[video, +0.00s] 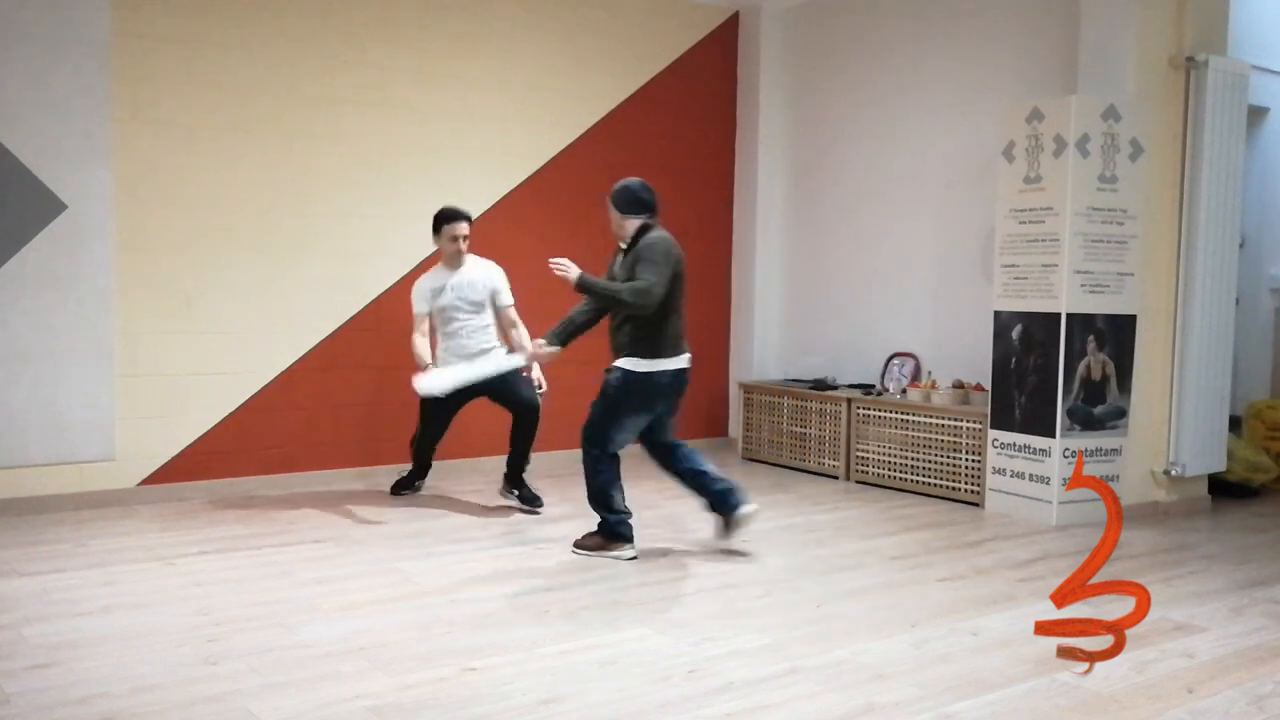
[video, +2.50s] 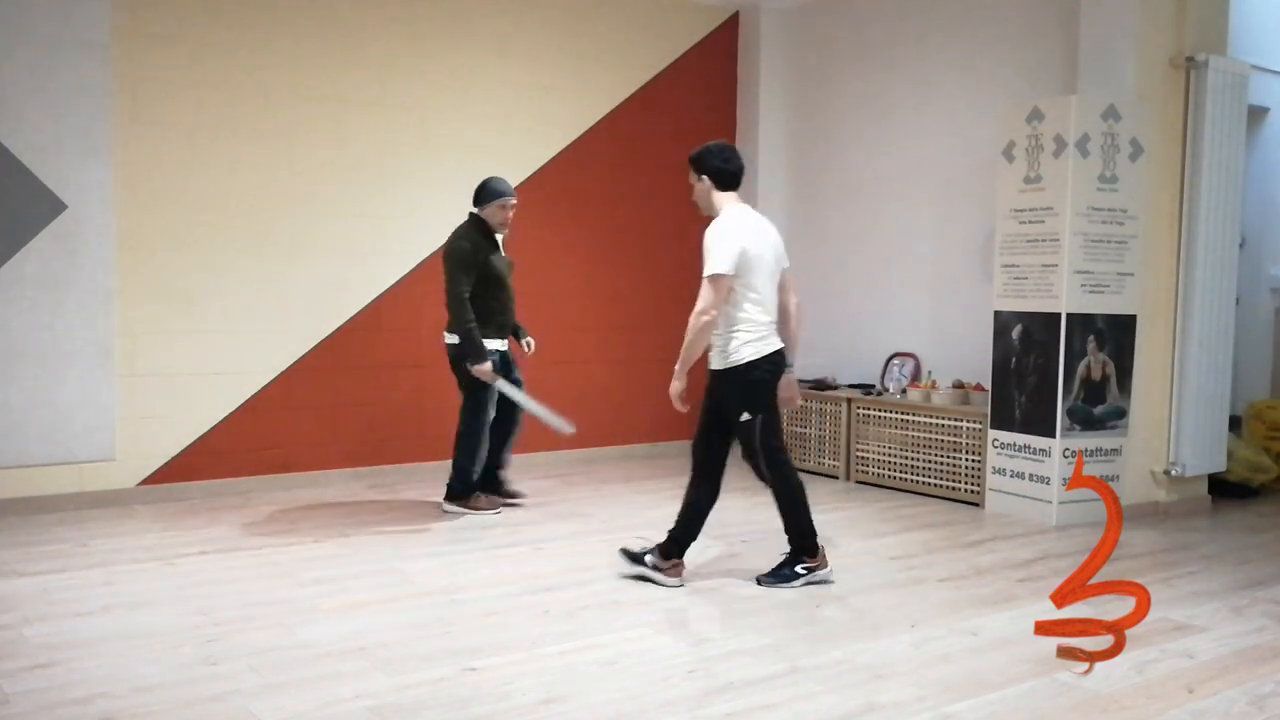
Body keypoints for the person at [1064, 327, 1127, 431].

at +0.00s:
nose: (1087, 346)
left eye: (1090, 342)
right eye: (1088, 342)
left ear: (1098, 344)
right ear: (1087, 345)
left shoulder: (1108, 364)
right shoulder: (1083, 365)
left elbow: (1114, 390)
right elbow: (1076, 391)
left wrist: (1108, 406)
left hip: (1103, 406)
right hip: (1086, 406)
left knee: (1121, 411)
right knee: (1071, 410)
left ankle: (1086, 424)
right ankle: (1101, 425)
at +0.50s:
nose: (1087, 346)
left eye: (1091, 342)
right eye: (1088, 342)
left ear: (1098, 344)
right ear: (1087, 345)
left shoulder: (1108, 364)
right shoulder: (1083, 365)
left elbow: (1114, 389)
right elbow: (1076, 391)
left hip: (1103, 406)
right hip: (1086, 406)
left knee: (1121, 411)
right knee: (1071, 410)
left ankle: (1086, 425)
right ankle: (1102, 425)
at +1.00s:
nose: (1088, 346)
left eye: (1091, 342)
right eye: (1088, 342)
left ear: (1099, 344)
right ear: (1087, 345)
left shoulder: (1108, 364)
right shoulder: (1083, 365)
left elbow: (1113, 389)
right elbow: (1076, 391)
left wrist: (1112, 403)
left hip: (1103, 406)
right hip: (1086, 406)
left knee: (1121, 411)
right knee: (1071, 410)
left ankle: (1086, 425)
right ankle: (1101, 425)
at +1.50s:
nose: (1087, 345)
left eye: (1090, 342)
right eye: (1088, 342)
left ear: (1098, 344)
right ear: (1088, 345)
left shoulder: (1108, 364)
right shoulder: (1083, 365)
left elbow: (1114, 391)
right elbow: (1076, 391)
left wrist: (1106, 407)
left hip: (1103, 406)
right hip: (1086, 406)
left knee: (1121, 411)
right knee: (1071, 410)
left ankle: (1087, 425)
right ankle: (1102, 425)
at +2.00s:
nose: (1087, 346)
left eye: (1090, 342)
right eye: (1088, 342)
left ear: (1098, 344)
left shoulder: (1108, 364)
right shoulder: (1084, 364)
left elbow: (1114, 390)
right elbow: (1076, 390)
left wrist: (1106, 407)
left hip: (1103, 406)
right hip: (1086, 406)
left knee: (1121, 411)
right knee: (1071, 410)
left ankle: (1085, 425)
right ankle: (1101, 425)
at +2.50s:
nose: (1087, 346)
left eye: (1091, 342)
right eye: (1088, 342)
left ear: (1098, 345)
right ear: (1088, 345)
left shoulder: (1108, 364)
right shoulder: (1084, 364)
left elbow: (1113, 389)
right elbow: (1076, 390)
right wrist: (1070, 408)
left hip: (1103, 406)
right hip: (1086, 406)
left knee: (1121, 411)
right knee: (1071, 410)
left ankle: (1086, 425)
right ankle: (1101, 425)